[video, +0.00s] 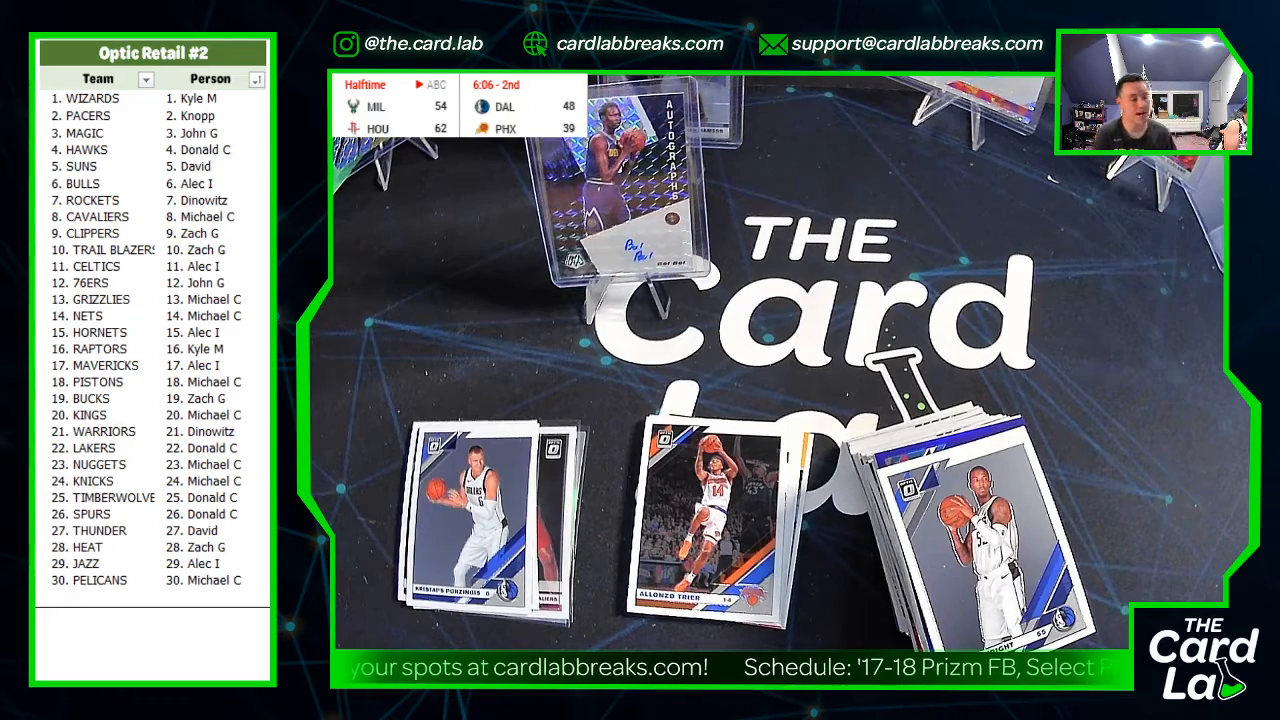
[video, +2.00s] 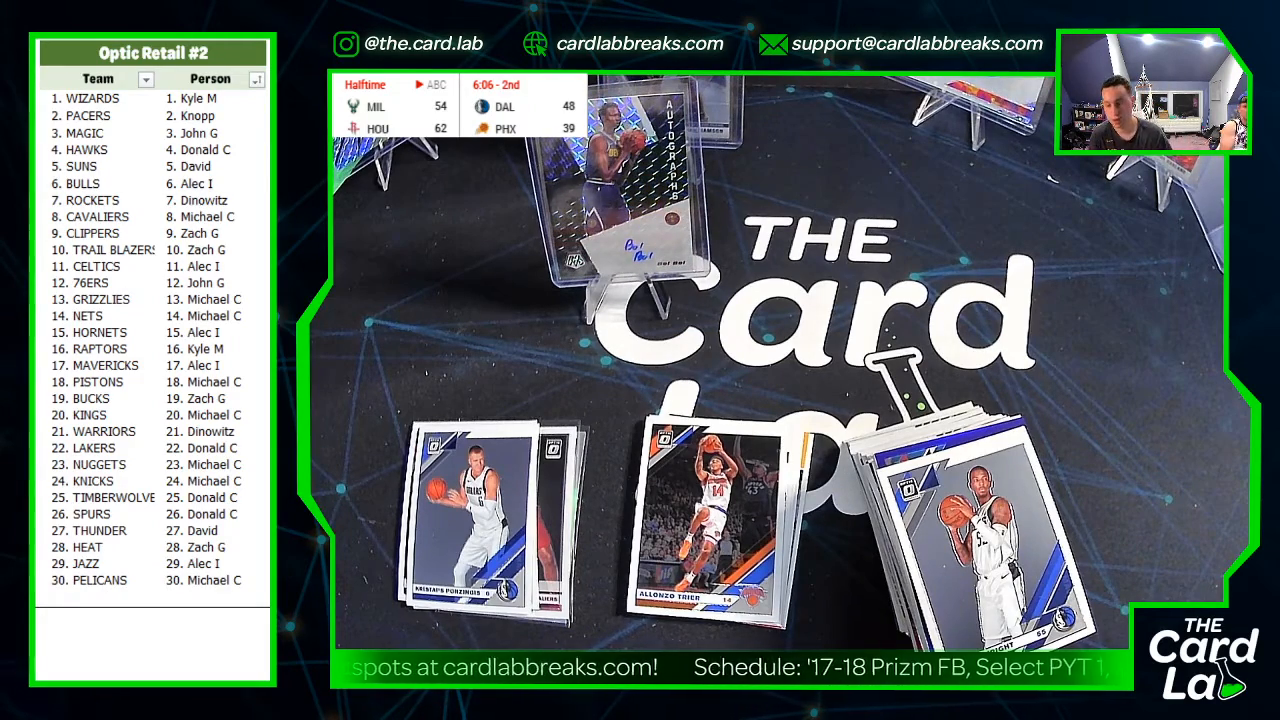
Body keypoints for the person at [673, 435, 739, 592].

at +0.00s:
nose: (714, 463)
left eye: (717, 461)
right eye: (713, 461)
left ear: (721, 465)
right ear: (710, 465)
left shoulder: (727, 476)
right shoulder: (706, 476)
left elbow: (734, 469)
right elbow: (699, 471)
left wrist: (721, 452)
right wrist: (700, 451)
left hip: (721, 513)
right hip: (706, 507)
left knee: (707, 549)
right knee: (704, 511)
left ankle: (688, 578)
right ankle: (688, 540)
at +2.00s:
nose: (714, 463)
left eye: (717, 461)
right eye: (713, 461)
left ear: (721, 465)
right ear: (710, 465)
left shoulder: (727, 476)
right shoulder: (706, 477)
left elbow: (734, 468)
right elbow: (698, 470)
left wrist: (722, 452)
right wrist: (700, 451)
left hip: (721, 513)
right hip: (706, 507)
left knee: (707, 550)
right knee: (704, 511)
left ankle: (689, 578)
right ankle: (688, 539)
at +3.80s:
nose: (714, 463)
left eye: (717, 461)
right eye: (713, 461)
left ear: (721, 465)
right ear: (710, 465)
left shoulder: (727, 476)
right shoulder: (706, 476)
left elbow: (734, 468)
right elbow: (698, 470)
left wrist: (722, 452)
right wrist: (700, 451)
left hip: (721, 512)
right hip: (706, 507)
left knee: (707, 550)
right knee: (704, 512)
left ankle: (688, 578)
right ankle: (688, 540)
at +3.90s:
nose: (714, 463)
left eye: (717, 461)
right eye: (713, 461)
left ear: (721, 465)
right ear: (710, 465)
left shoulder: (727, 475)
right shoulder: (706, 476)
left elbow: (734, 469)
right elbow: (699, 470)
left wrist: (722, 452)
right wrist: (700, 451)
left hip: (721, 513)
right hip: (707, 507)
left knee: (707, 550)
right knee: (704, 511)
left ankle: (688, 579)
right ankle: (688, 540)